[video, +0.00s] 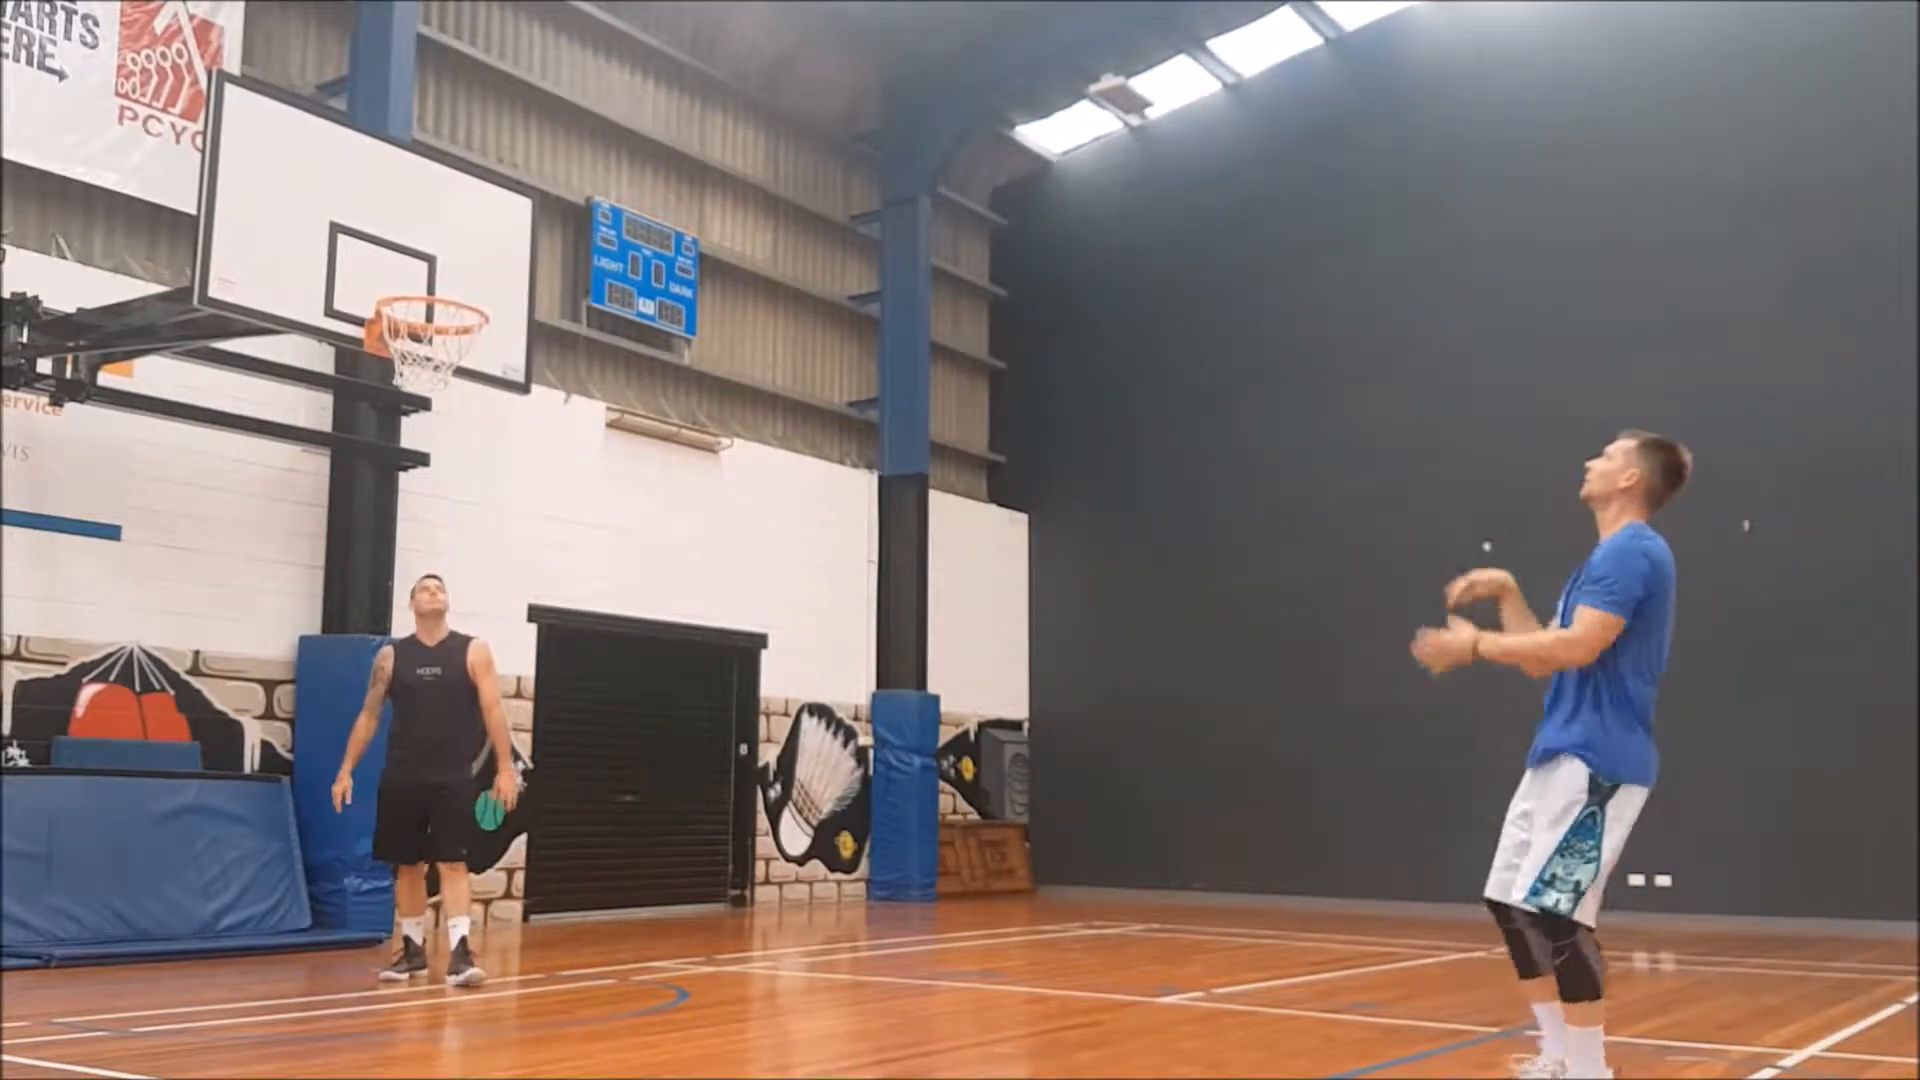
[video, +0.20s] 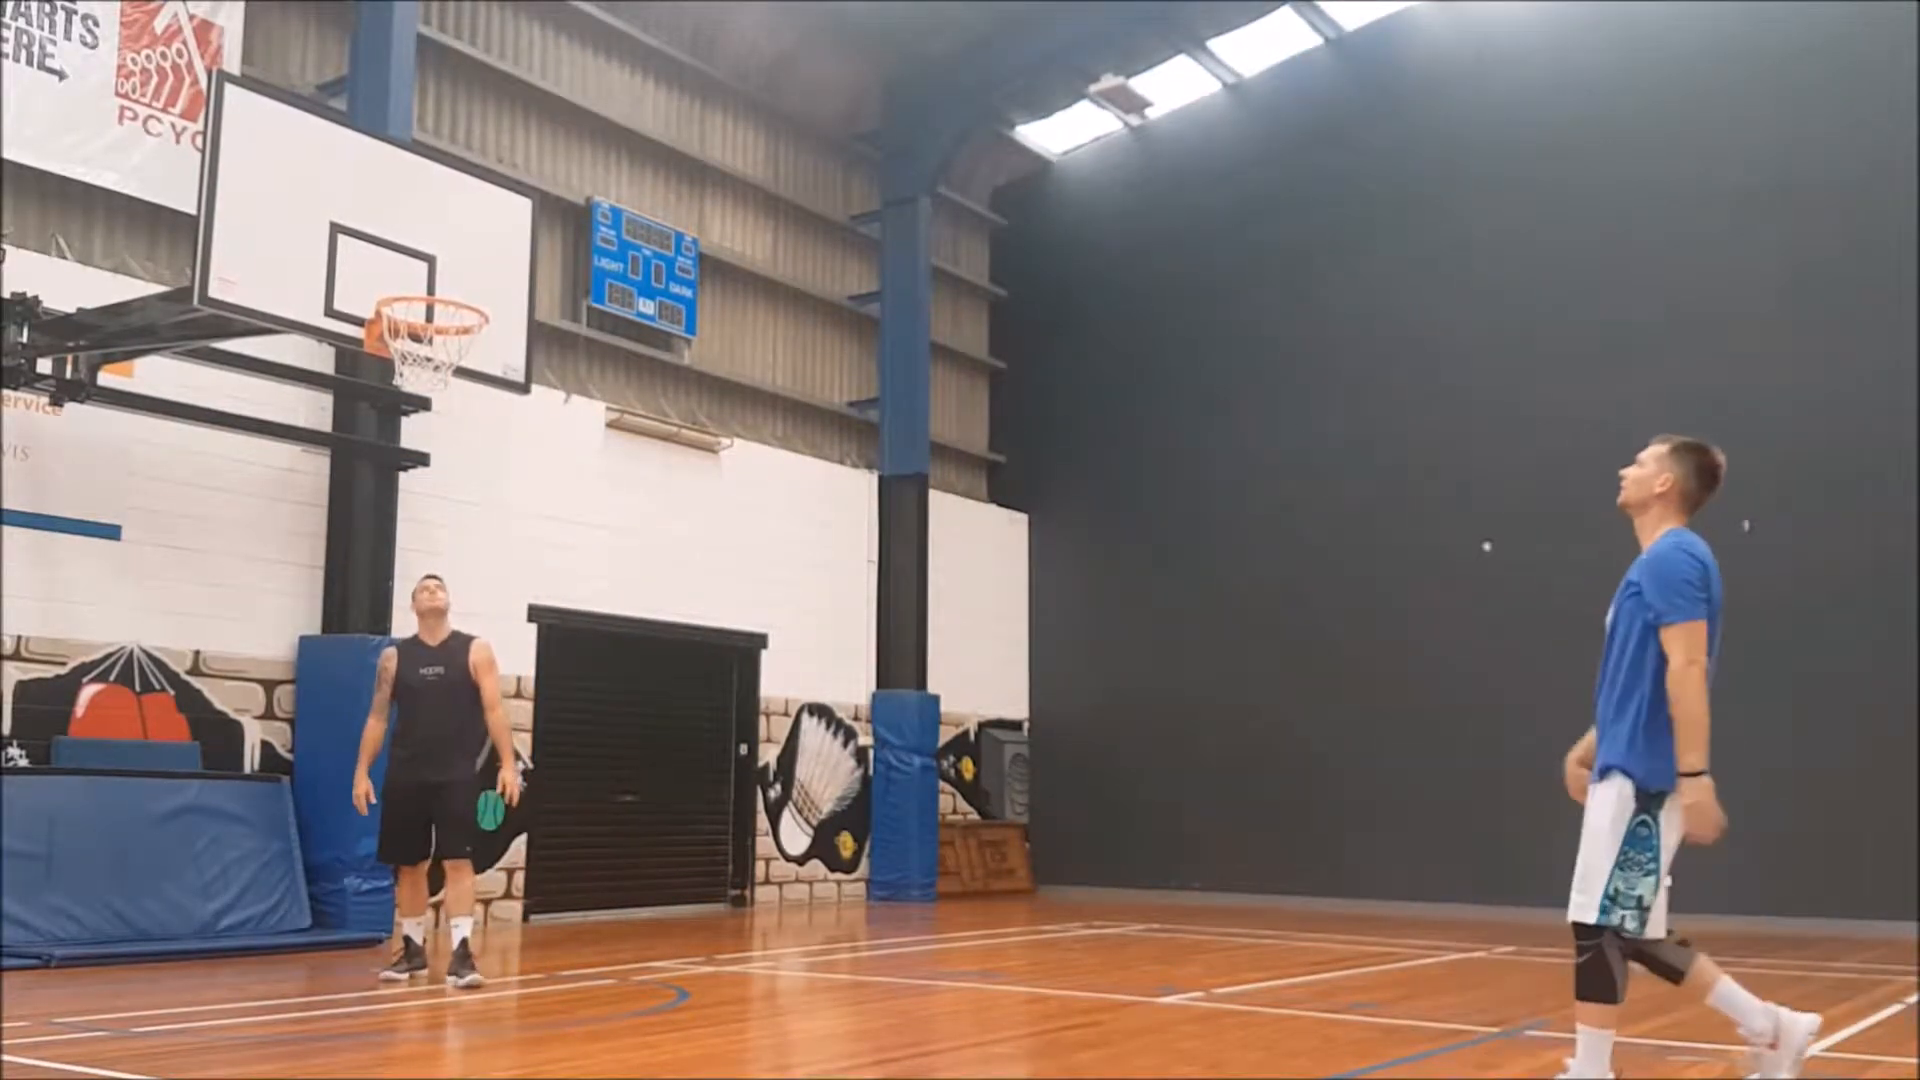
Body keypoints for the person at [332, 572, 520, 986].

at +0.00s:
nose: (433, 593)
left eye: (439, 589)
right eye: (425, 590)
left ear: (449, 603)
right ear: (411, 605)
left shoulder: (474, 651)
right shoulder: (391, 655)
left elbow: (493, 711)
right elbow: (369, 716)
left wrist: (505, 768)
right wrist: (346, 770)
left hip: (453, 776)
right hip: (402, 777)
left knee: (452, 862)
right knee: (408, 864)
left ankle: (460, 954)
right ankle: (413, 952)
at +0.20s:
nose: (432, 591)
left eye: (438, 588)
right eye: (424, 589)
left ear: (450, 603)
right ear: (413, 606)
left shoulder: (476, 651)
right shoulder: (395, 656)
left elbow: (495, 711)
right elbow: (377, 719)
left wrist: (508, 764)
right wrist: (361, 772)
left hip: (457, 776)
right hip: (406, 776)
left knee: (456, 861)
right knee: (410, 864)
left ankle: (461, 955)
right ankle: (412, 951)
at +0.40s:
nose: (438, 591)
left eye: (445, 588)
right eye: (430, 589)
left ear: (457, 605)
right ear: (419, 608)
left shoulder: (483, 652)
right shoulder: (402, 658)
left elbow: (502, 708)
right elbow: (387, 715)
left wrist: (512, 751)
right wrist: (378, 760)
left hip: (466, 776)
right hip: (413, 777)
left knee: (466, 859)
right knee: (412, 865)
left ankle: (462, 955)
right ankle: (413, 951)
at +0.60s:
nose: (459, 588)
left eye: (467, 587)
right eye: (452, 587)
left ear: (479, 607)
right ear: (442, 606)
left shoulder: (499, 651)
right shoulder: (420, 655)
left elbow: (532, 701)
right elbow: (392, 715)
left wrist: (517, 711)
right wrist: (381, 698)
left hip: (480, 771)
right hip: (427, 769)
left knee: (482, 862)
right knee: (417, 862)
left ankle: (463, 957)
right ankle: (413, 947)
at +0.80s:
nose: (477, 582)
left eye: (487, 579)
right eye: (471, 580)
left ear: (503, 599)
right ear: (464, 600)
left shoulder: (520, 642)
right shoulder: (440, 642)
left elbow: (532, 688)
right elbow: (390, 681)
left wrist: (507, 672)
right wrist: (371, 632)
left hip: (494, 769)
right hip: (438, 765)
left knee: (487, 864)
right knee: (431, 856)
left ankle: (464, 956)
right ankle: (425, 936)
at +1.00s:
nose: (480, 598)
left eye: (489, 591)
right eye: (478, 592)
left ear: (512, 597)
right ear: (476, 599)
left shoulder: (533, 642)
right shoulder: (456, 646)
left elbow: (514, 680)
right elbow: (410, 677)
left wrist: (462, 681)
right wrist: (367, 692)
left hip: (512, 774)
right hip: (462, 771)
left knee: (496, 868)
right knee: (465, 851)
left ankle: (473, 953)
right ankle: (459, 957)